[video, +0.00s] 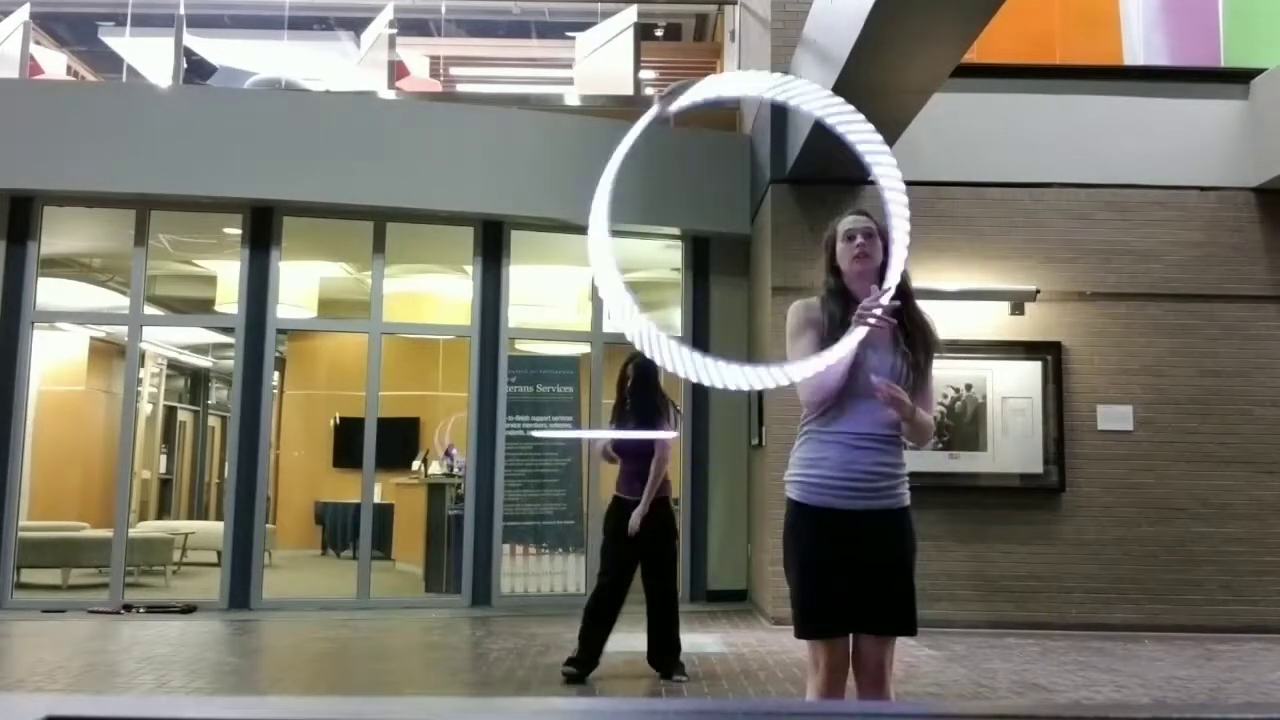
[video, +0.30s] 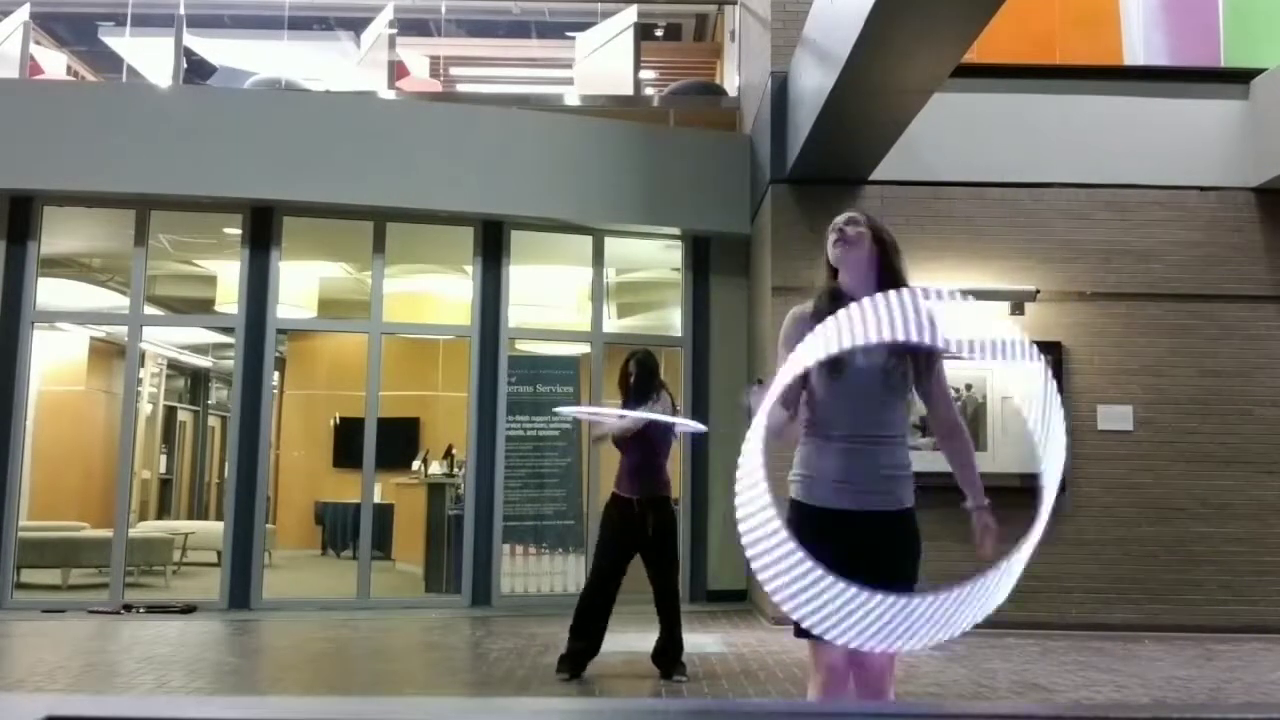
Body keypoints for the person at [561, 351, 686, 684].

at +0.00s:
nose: (630, 386)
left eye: (637, 380)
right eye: (627, 379)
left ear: (650, 380)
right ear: (622, 381)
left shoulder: (663, 410)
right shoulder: (622, 412)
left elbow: (662, 460)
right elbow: (613, 456)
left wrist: (642, 507)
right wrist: (603, 448)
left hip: (655, 509)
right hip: (622, 506)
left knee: (661, 590)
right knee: (608, 586)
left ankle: (668, 662)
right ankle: (582, 661)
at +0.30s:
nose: (633, 380)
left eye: (639, 374)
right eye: (629, 375)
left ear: (652, 375)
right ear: (623, 377)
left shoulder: (663, 403)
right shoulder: (624, 408)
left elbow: (632, 427)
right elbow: (605, 437)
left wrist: (606, 426)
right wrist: (620, 422)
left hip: (656, 506)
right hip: (621, 505)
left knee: (666, 590)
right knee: (600, 585)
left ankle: (671, 661)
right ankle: (574, 660)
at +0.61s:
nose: (617, 387)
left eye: (624, 380)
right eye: (612, 379)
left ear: (635, 386)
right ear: (605, 382)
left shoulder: (640, 417)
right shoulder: (595, 411)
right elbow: (576, 449)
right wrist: (558, 438)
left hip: (626, 513)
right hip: (591, 512)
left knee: (647, 593)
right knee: (581, 594)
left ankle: (673, 665)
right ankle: (567, 663)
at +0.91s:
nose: (605, 401)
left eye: (612, 396)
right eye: (600, 394)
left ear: (622, 399)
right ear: (591, 394)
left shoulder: (627, 431)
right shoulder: (571, 421)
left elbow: (648, 471)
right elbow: (552, 461)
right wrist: (540, 498)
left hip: (607, 524)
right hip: (571, 523)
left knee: (635, 597)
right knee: (569, 600)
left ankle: (671, 663)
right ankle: (566, 663)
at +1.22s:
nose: (597, 397)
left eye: (604, 392)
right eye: (592, 391)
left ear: (612, 399)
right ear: (582, 394)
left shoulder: (607, 427)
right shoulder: (572, 428)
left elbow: (598, 416)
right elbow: (559, 459)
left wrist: (545, 422)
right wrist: (538, 435)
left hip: (592, 525)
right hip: (559, 523)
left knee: (626, 597)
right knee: (557, 601)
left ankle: (672, 664)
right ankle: (566, 665)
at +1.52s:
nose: (603, 404)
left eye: (609, 399)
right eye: (600, 396)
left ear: (614, 402)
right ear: (590, 395)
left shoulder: (610, 424)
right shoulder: (562, 417)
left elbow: (653, 413)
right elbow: (538, 449)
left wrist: (645, 391)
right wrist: (530, 439)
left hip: (596, 524)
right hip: (561, 524)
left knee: (626, 596)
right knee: (561, 601)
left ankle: (640, 662)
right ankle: (568, 663)